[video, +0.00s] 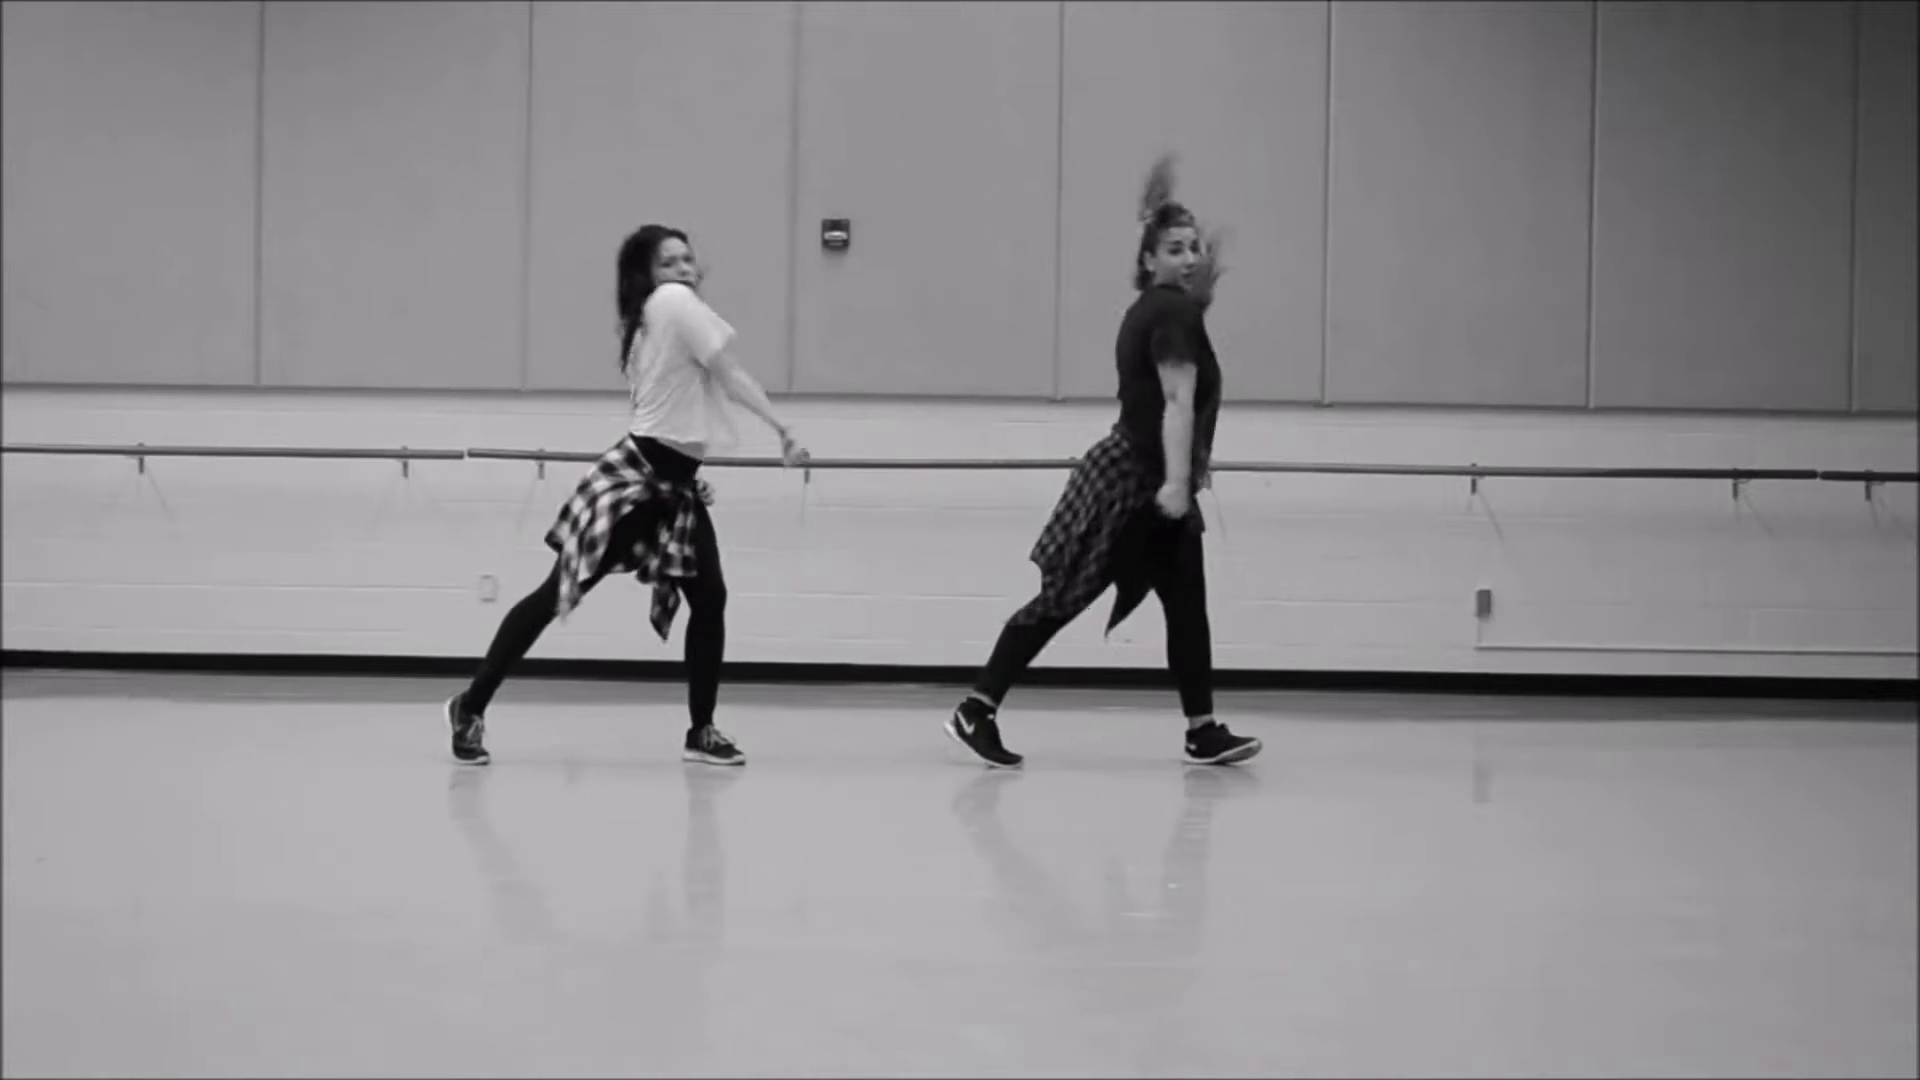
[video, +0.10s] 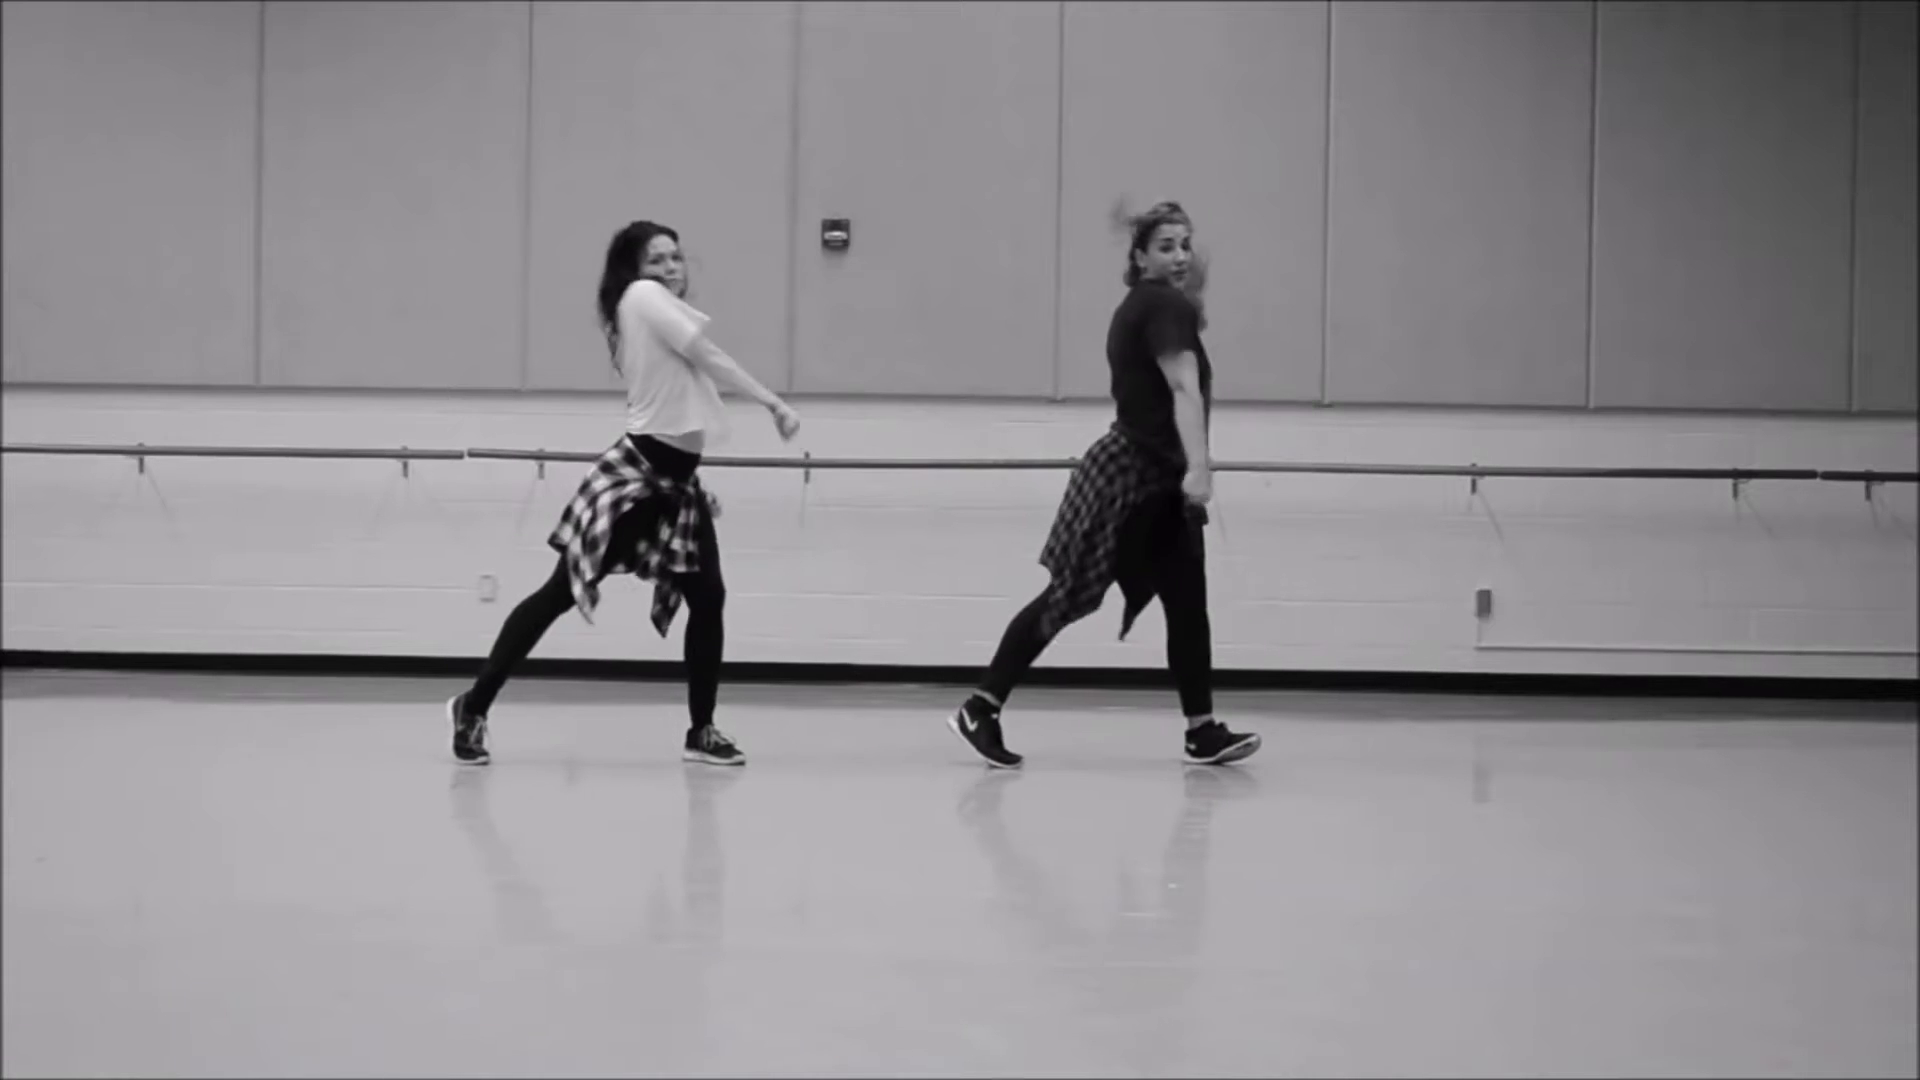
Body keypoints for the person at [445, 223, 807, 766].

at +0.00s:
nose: (686, 267)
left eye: (689, 259)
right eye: (673, 262)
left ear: (693, 264)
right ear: (648, 272)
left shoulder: (663, 310)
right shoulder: (674, 300)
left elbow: (658, 399)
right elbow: (727, 373)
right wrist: (783, 430)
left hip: (677, 485)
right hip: (643, 477)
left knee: (709, 599)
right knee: (559, 592)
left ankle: (702, 729)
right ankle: (470, 705)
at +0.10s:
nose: (673, 266)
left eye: (678, 258)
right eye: (659, 260)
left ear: (685, 263)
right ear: (634, 268)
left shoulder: (661, 309)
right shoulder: (643, 294)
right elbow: (702, 353)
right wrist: (773, 402)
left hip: (678, 482)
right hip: (640, 475)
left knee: (708, 598)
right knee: (560, 591)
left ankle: (702, 729)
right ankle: (473, 705)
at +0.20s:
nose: (665, 268)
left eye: (670, 259)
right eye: (651, 260)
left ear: (676, 266)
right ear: (625, 267)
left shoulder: (660, 315)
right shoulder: (621, 296)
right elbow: (673, 350)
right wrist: (753, 391)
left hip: (681, 479)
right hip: (636, 474)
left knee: (706, 596)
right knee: (562, 592)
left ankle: (702, 729)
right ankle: (476, 705)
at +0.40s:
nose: (660, 268)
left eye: (665, 259)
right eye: (646, 260)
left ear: (671, 269)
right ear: (618, 268)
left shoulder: (669, 336)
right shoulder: (600, 298)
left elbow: (691, 426)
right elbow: (603, 352)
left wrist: (734, 486)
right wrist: (666, 409)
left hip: (680, 477)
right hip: (626, 472)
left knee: (699, 602)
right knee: (568, 594)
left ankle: (701, 728)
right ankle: (483, 706)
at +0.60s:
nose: (655, 266)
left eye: (660, 256)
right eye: (641, 258)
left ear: (669, 265)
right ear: (616, 268)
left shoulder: (670, 335)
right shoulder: (597, 303)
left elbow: (718, 407)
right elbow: (579, 378)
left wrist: (760, 392)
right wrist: (611, 450)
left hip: (675, 479)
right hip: (623, 473)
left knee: (698, 605)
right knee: (561, 596)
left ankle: (701, 729)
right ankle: (477, 706)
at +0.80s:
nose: (643, 268)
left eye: (649, 259)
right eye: (630, 261)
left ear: (661, 266)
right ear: (607, 270)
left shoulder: (675, 330)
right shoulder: (578, 314)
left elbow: (747, 379)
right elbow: (549, 385)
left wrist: (680, 385)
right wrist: (559, 453)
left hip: (659, 479)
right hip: (585, 477)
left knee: (711, 595)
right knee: (540, 603)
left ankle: (735, 720)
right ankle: (483, 725)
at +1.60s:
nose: (675, 282)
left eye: (683, 273)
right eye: (662, 273)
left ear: (695, 283)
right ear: (639, 283)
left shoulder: (698, 350)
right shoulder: (622, 346)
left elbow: (720, 415)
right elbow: (589, 431)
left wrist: (731, 458)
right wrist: (637, 489)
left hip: (691, 501)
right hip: (630, 499)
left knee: (740, 605)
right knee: (572, 613)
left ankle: (688, 731)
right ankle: (492, 721)